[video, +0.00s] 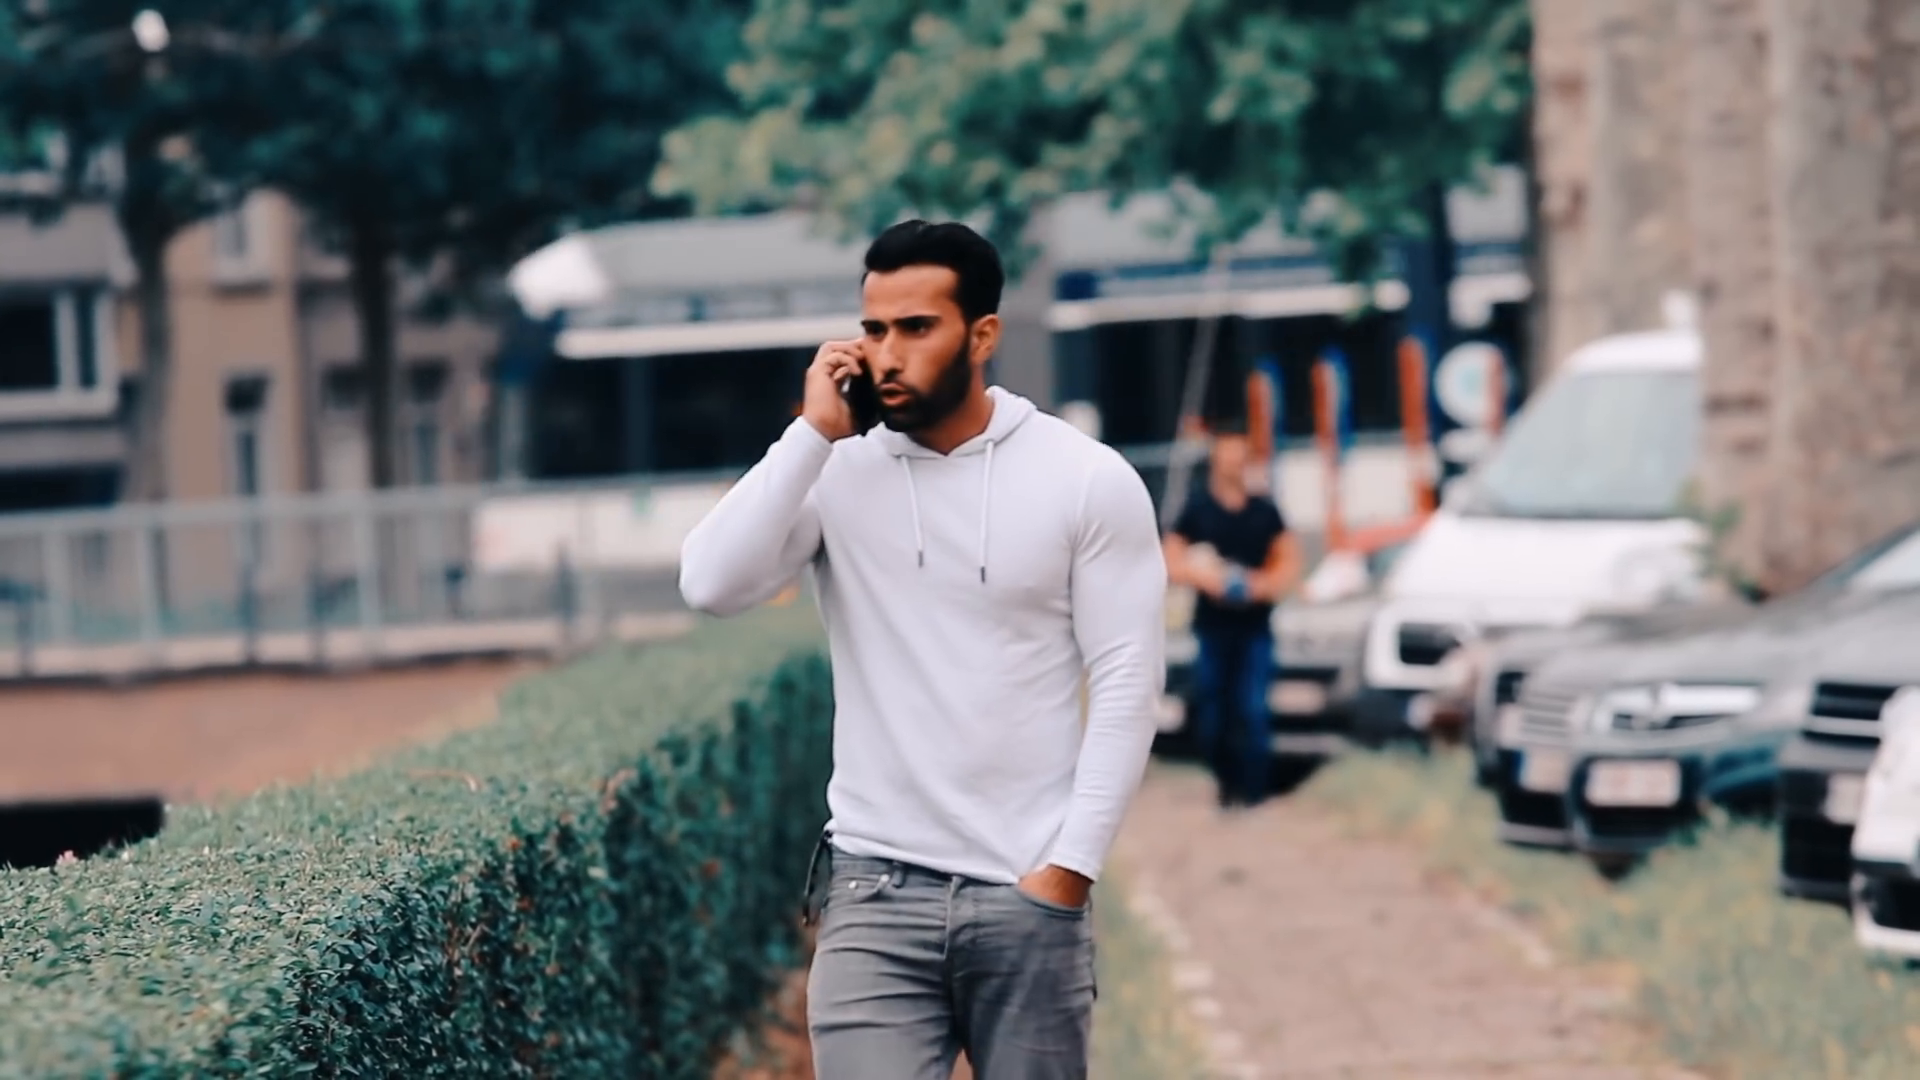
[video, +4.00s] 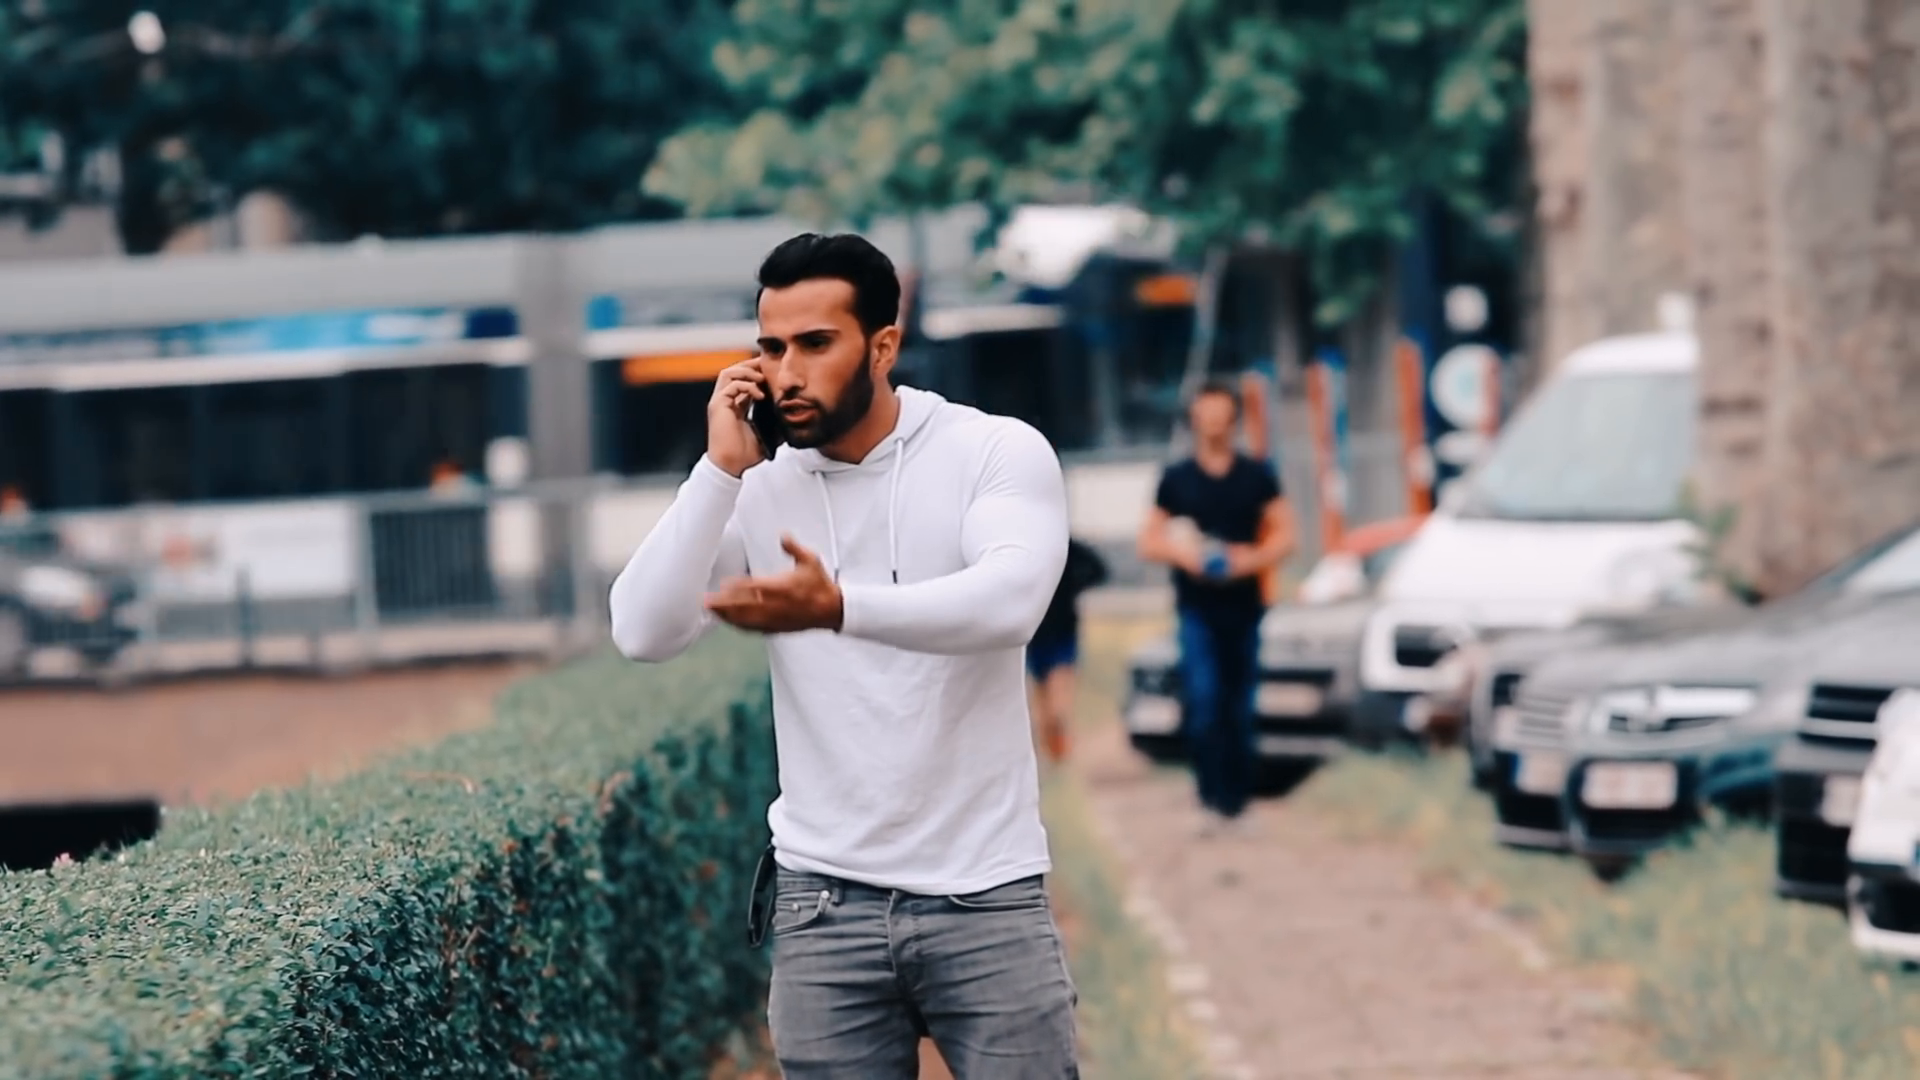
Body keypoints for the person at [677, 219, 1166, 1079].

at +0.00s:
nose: (888, 356)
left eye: (916, 329)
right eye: (875, 330)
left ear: (984, 334)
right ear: (857, 332)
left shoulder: (1088, 481)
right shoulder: (830, 470)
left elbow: (1127, 687)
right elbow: (709, 585)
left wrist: (1068, 869)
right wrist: (813, 433)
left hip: (1026, 905)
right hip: (871, 895)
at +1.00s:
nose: (812, 369)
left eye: (841, 340)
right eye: (797, 342)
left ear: (906, 347)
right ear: (781, 346)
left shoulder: (1015, 457)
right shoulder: (762, 486)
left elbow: (1059, 616)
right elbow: (641, 615)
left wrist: (915, 504)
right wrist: (736, 459)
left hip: (989, 899)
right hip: (821, 902)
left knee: (1032, 1065)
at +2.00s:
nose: (798, 378)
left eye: (825, 349)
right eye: (784, 353)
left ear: (892, 349)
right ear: (767, 358)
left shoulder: (1009, 452)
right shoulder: (760, 491)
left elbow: (1029, 602)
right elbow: (649, 634)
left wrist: (861, 601)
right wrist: (732, 472)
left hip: (997, 894)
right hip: (827, 901)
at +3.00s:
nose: (794, 373)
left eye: (822, 343)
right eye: (780, 348)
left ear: (890, 346)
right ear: (764, 355)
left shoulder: (1007, 450)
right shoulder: (760, 490)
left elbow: (1023, 599)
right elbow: (648, 630)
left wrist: (853, 596)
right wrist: (727, 467)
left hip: (996, 895)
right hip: (827, 901)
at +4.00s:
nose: (784, 373)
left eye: (813, 344)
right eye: (770, 347)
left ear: (882, 347)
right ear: (755, 354)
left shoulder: (1001, 453)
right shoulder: (755, 490)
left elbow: (1007, 606)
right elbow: (643, 632)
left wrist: (838, 606)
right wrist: (720, 467)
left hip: (989, 898)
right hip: (821, 904)